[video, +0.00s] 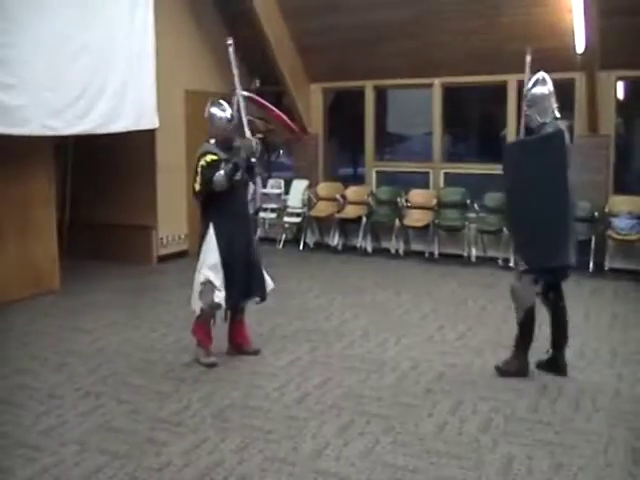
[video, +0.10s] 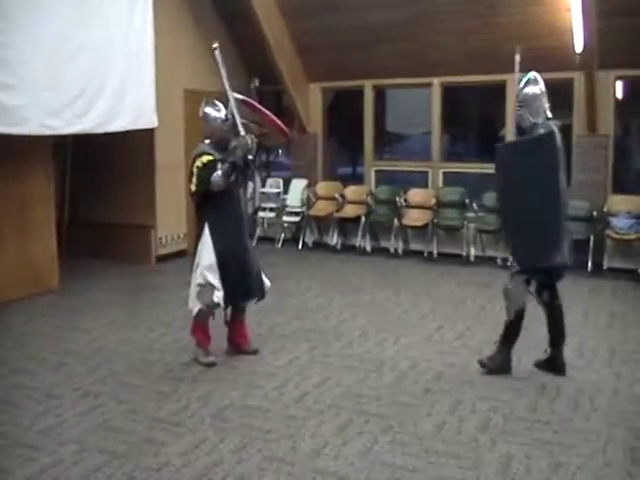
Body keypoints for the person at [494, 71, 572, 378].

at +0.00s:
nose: (527, 112)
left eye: (530, 107)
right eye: (528, 106)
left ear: (535, 108)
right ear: (551, 106)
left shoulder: (547, 138)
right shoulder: (555, 137)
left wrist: (509, 145)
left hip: (538, 230)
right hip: (554, 227)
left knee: (524, 290)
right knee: (553, 291)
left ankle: (519, 357)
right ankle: (558, 356)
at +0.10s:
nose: (517, 113)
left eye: (521, 107)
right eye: (519, 107)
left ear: (529, 110)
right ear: (540, 108)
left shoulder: (540, 139)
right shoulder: (548, 137)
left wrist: (504, 148)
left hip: (535, 230)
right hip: (546, 228)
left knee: (516, 290)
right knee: (548, 291)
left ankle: (503, 354)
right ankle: (556, 355)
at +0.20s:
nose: (514, 110)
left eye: (519, 103)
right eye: (514, 103)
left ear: (529, 103)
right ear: (516, 105)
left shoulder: (535, 137)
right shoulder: (530, 135)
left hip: (530, 228)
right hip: (533, 226)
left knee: (509, 290)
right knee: (540, 290)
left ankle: (499, 354)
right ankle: (553, 354)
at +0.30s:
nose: (505, 110)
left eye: (508, 103)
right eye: (505, 103)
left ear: (516, 103)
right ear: (519, 103)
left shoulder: (527, 136)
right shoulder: (520, 134)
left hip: (519, 228)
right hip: (516, 225)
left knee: (502, 290)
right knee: (530, 287)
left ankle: (498, 356)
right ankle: (551, 351)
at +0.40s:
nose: (505, 106)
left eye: (510, 100)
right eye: (502, 101)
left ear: (519, 100)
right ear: (497, 102)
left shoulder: (528, 130)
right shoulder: (493, 132)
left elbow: (535, 180)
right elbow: (477, 175)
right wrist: (475, 218)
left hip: (519, 220)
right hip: (494, 219)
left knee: (502, 286)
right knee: (521, 284)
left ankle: (499, 355)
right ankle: (548, 345)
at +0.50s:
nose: (501, 105)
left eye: (506, 98)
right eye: (498, 99)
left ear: (516, 99)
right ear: (492, 102)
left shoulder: (523, 133)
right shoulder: (489, 133)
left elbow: (531, 187)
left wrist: (518, 220)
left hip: (514, 216)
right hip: (491, 214)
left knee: (499, 280)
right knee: (504, 281)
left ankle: (500, 354)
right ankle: (539, 337)